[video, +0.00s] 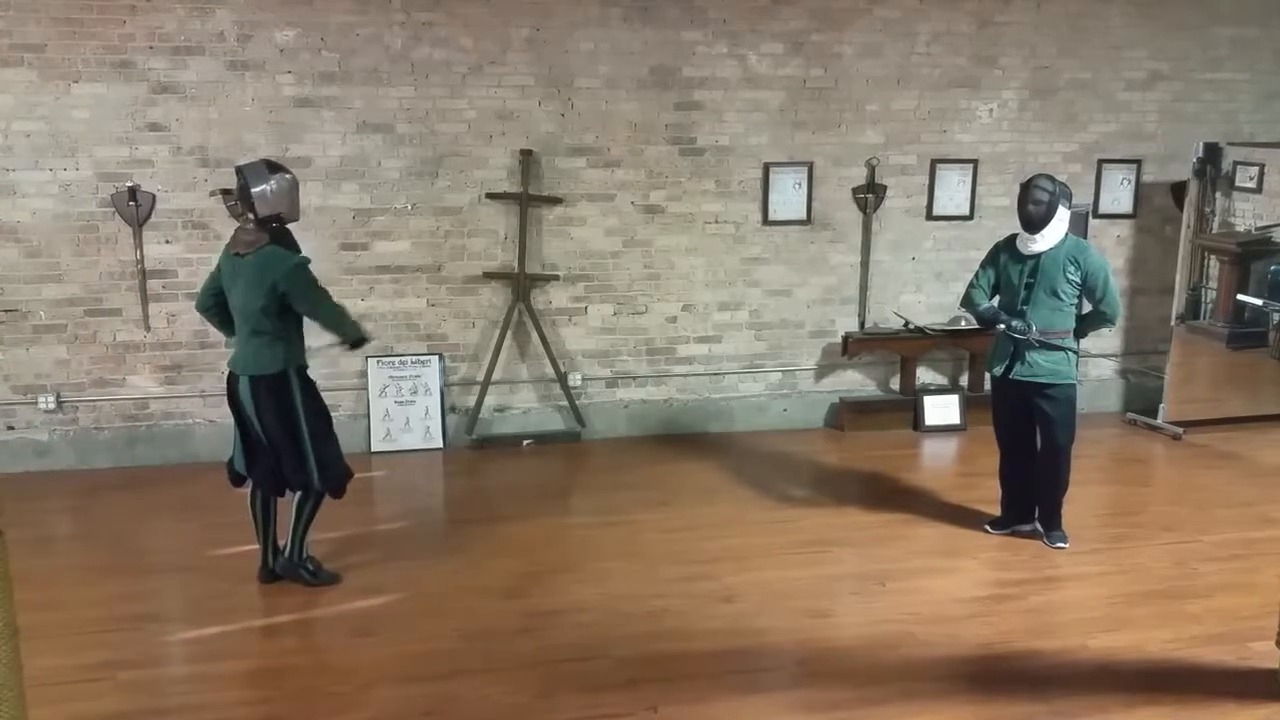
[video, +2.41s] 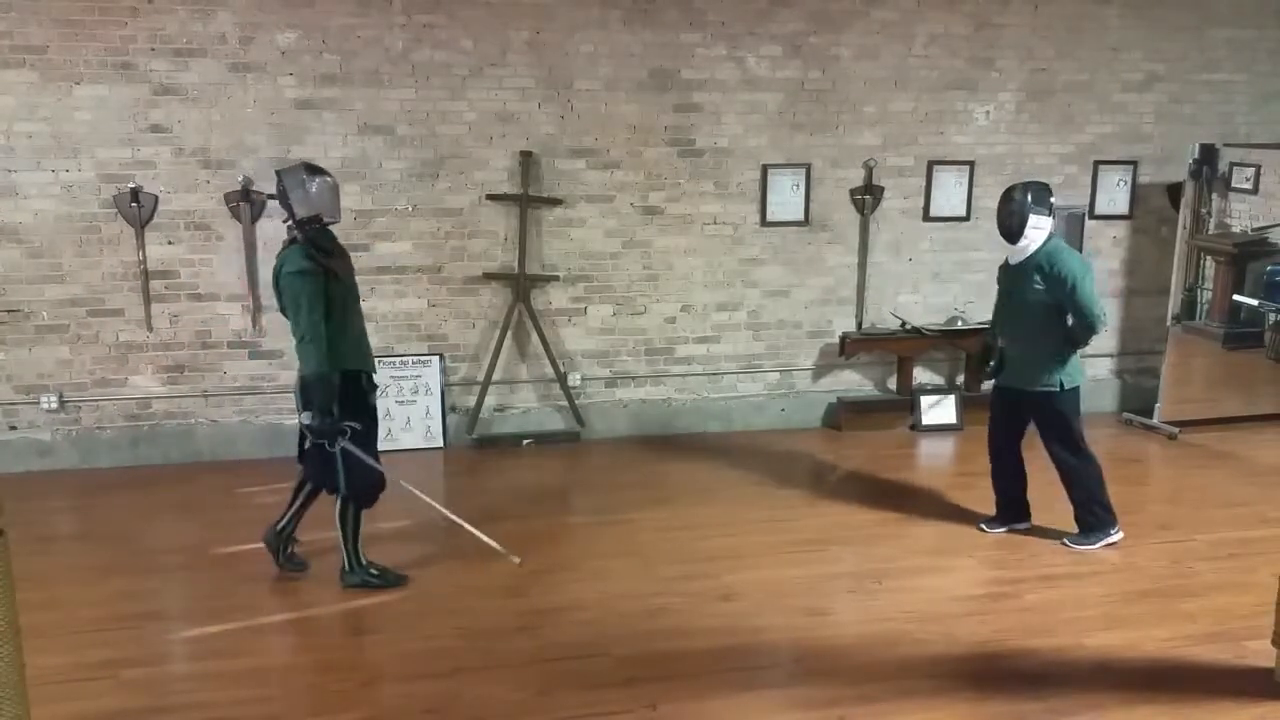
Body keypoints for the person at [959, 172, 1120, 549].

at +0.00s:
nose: (1028, 209)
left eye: (1037, 202)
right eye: (1024, 201)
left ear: (1058, 206)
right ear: (1019, 202)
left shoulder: (1081, 254)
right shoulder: (1005, 250)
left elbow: (1108, 311)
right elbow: (973, 297)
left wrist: (1071, 331)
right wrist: (1001, 319)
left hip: (1053, 372)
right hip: (1007, 370)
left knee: (1054, 453)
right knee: (1013, 449)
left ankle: (1051, 523)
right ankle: (1016, 516)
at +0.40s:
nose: (1027, 210)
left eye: (1035, 203)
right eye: (1023, 202)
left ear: (1056, 207)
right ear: (1017, 203)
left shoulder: (1080, 254)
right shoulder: (1005, 249)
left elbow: (1108, 310)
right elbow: (963, 294)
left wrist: (1073, 329)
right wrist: (998, 316)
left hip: (1050, 372)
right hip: (1005, 369)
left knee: (1049, 452)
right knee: (1011, 449)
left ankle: (1049, 523)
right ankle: (1015, 515)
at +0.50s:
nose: (1027, 210)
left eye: (1036, 205)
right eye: (1023, 203)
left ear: (1056, 209)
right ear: (1017, 204)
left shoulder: (1079, 255)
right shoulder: (1007, 249)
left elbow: (1107, 312)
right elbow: (974, 273)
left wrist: (1069, 330)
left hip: (1050, 368)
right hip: (1004, 364)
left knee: (1048, 451)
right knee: (1010, 447)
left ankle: (1047, 521)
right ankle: (1013, 515)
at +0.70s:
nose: (1028, 212)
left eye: (1037, 205)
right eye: (1024, 204)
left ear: (1057, 208)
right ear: (1019, 205)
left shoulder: (1078, 256)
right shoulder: (1005, 248)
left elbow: (1105, 313)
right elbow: (956, 254)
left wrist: (1071, 331)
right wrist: (907, 245)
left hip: (1048, 366)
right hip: (1003, 363)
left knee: (1048, 449)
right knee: (1009, 445)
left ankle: (1047, 521)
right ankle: (1014, 514)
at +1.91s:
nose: (1004, 219)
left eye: (1011, 211)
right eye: (1001, 211)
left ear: (1035, 210)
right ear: (1000, 211)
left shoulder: (1068, 253)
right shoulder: (996, 253)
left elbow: (1102, 308)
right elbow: (959, 288)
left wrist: (1067, 327)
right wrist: (920, 287)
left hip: (1046, 364)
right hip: (1002, 363)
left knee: (1048, 447)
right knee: (1007, 445)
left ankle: (1055, 524)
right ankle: (1012, 515)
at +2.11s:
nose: (1003, 217)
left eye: (1011, 209)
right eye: (1000, 209)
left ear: (1035, 210)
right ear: (999, 209)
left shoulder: (1064, 252)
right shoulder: (1001, 255)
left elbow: (1096, 310)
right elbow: (976, 300)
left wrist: (1067, 328)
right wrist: (937, 328)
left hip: (1043, 366)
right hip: (1004, 365)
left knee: (1052, 447)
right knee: (1009, 447)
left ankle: (1086, 519)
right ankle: (1013, 514)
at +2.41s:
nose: (1002, 219)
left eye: (1011, 211)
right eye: (1002, 211)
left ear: (1034, 216)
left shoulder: (1063, 260)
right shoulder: (1011, 263)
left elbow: (1091, 319)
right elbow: (1003, 317)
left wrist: (1068, 341)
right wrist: (993, 349)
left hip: (1053, 376)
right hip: (1014, 373)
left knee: (1068, 451)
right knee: (1002, 444)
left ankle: (1101, 525)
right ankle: (1013, 514)